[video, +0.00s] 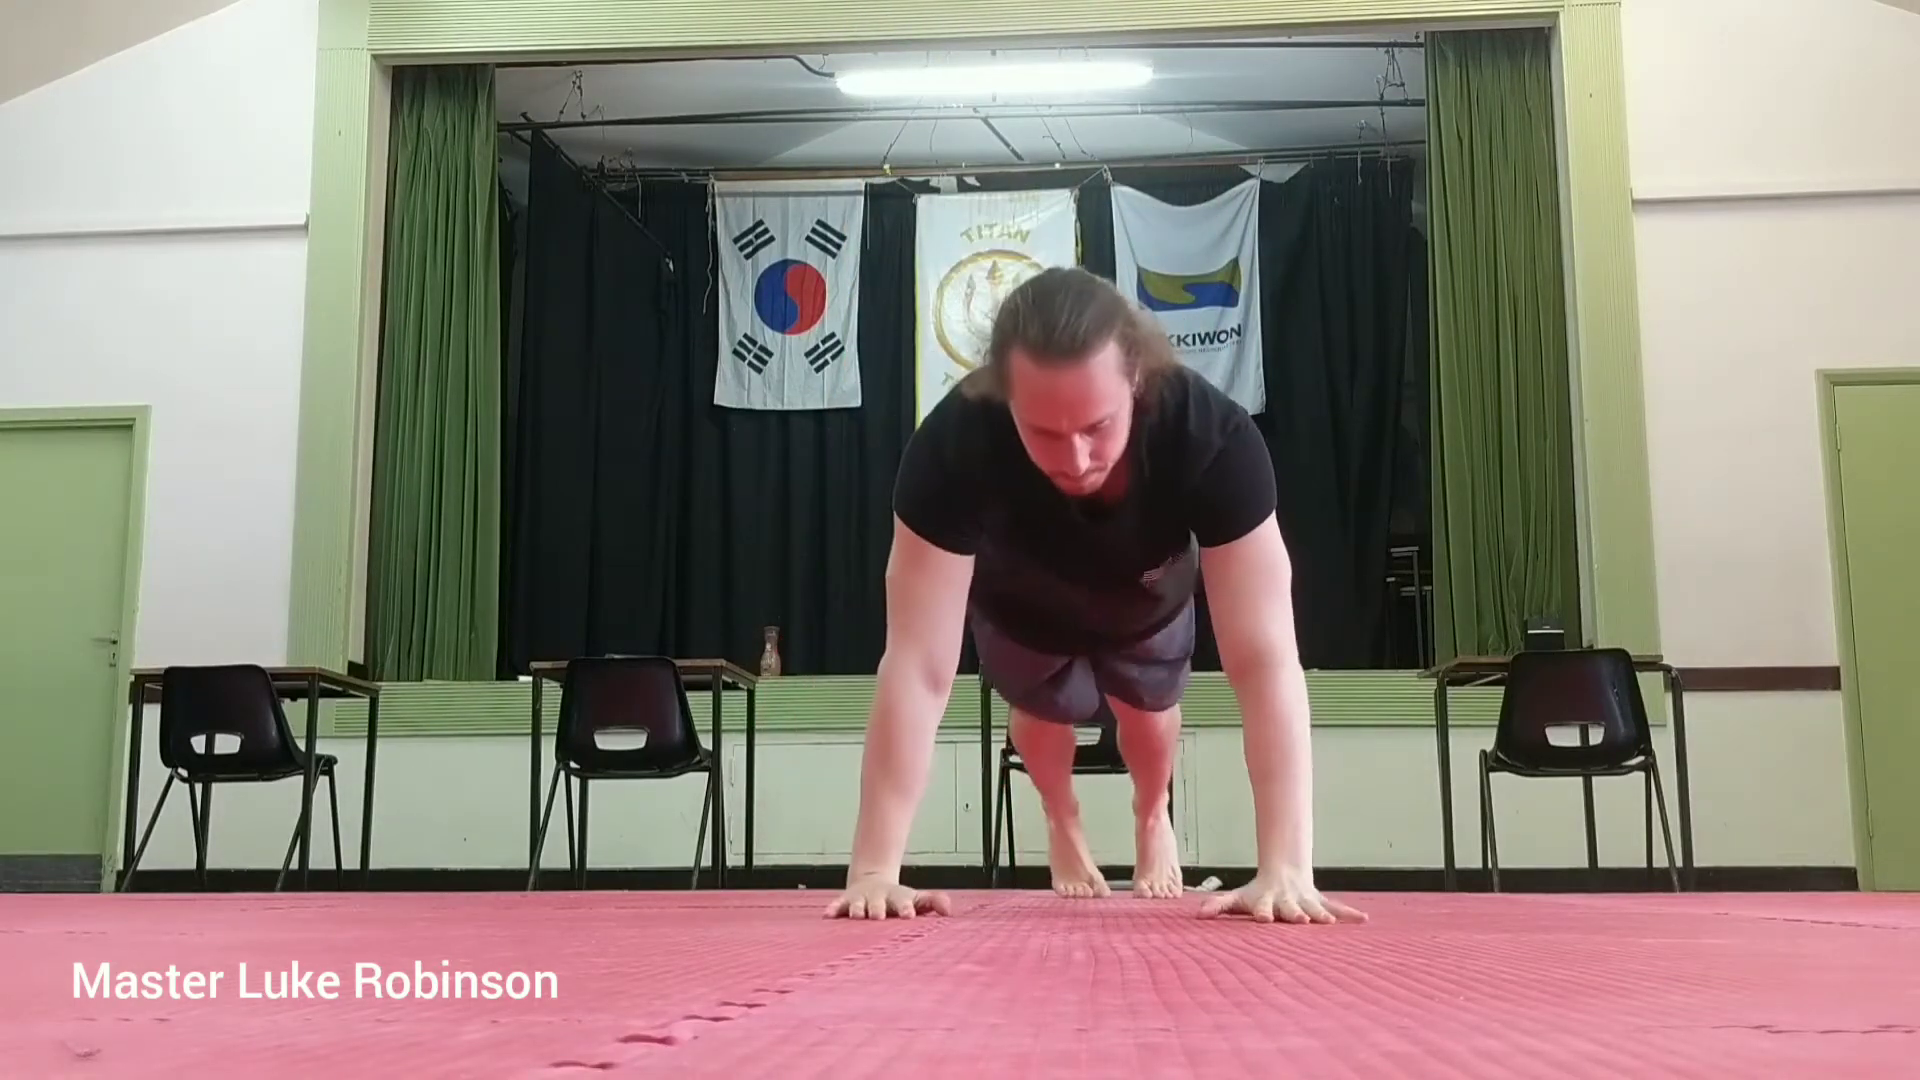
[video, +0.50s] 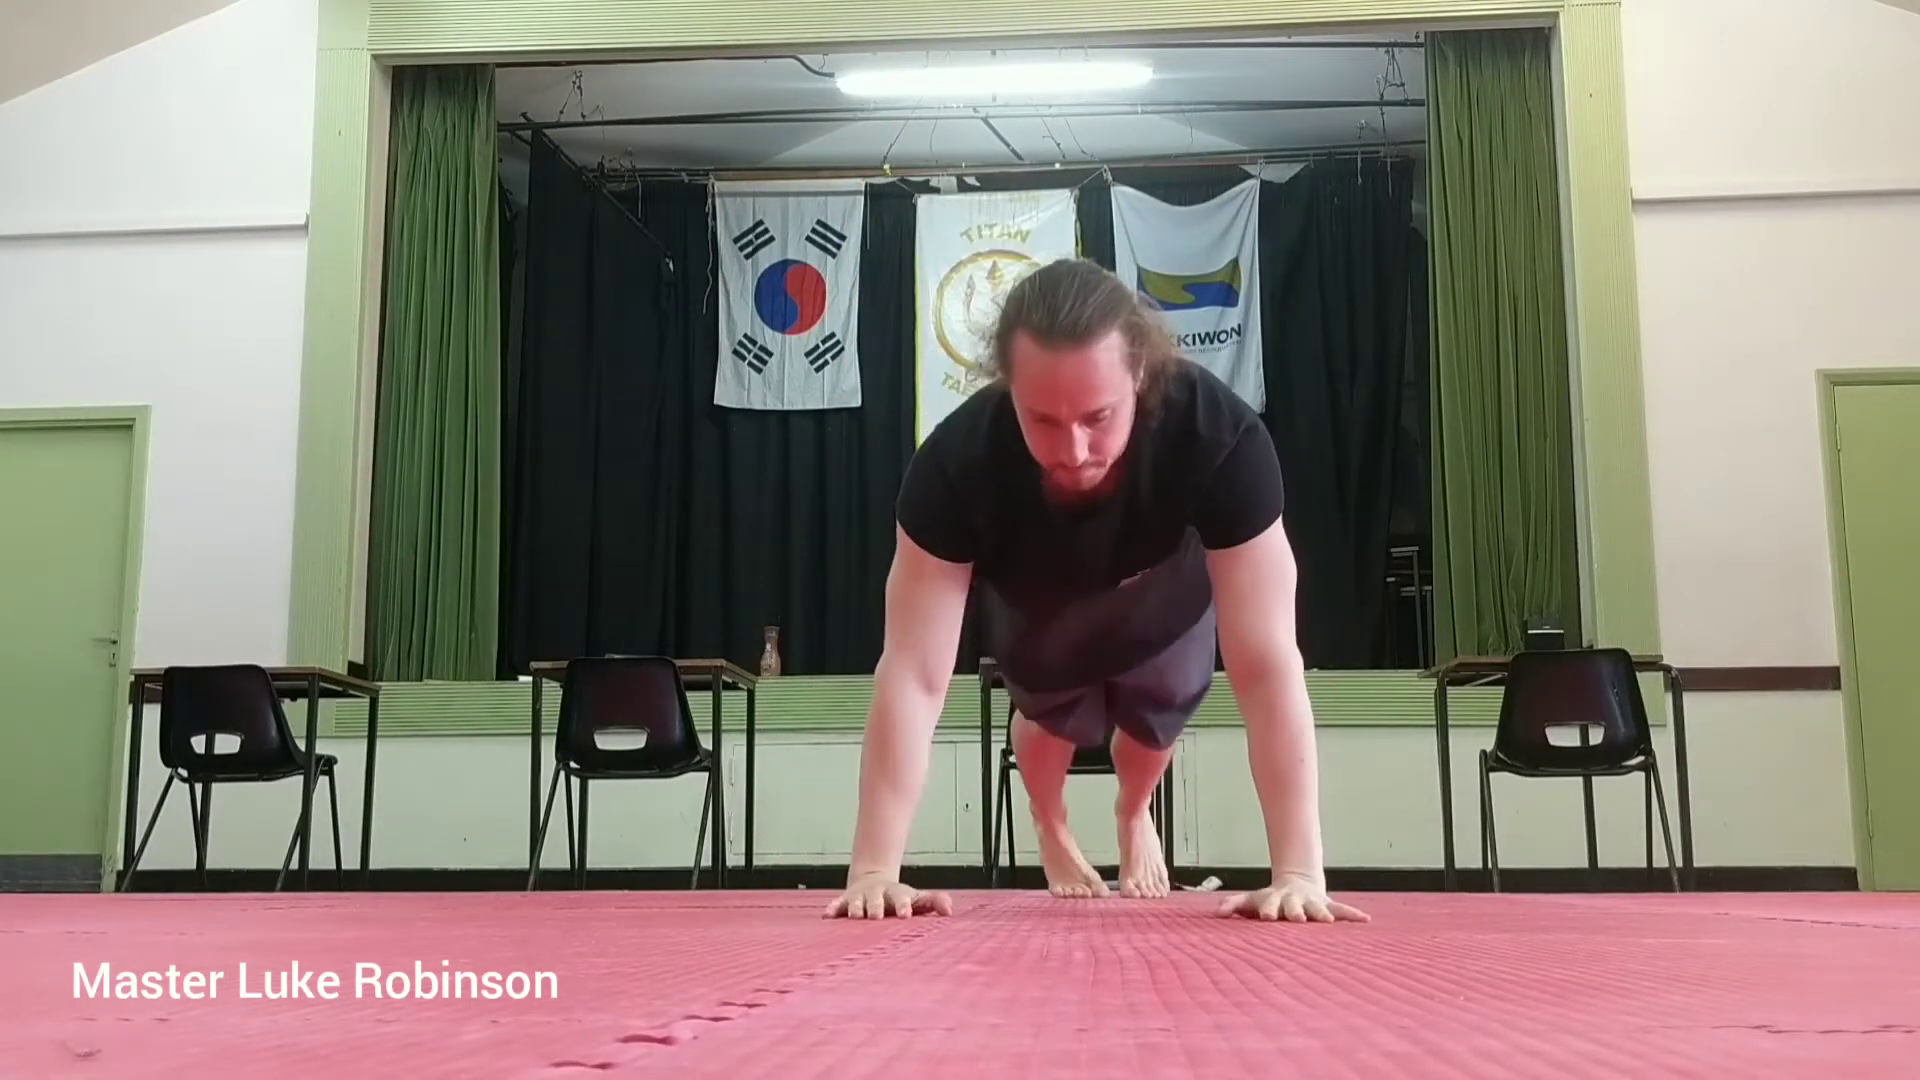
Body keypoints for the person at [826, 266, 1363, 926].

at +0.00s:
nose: (1077, 459)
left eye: (1098, 429)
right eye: (1048, 434)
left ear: (1137, 383)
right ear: (1008, 400)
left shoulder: (1213, 444)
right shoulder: (956, 448)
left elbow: (1265, 663)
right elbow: (917, 669)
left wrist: (1285, 868)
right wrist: (873, 871)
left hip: (1148, 614)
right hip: (1025, 618)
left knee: (1151, 715)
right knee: (1044, 723)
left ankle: (1153, 822)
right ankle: (1063, 825)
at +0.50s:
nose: (1075, 451)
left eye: (1099, 419)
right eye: (1046, 423)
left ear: (1140, 379)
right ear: (1010, 389)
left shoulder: (1219, 443)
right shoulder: (957, 466)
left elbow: (1266, 666)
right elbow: (913, 674)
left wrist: (1298, 873)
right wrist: (874, 870)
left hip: (1167, 617)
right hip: (1040, 627)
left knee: (1155, 725)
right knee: (1050, 724)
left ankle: (1136, 817)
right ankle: (1052, 829)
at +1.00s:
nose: (1052, 423)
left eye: (1074, 387)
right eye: (1020, 394)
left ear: (1112, 358)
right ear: (983, 373)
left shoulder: (1191, 443)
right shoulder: (935, 448)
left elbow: (1267, 660)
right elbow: (888, 668)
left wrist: (1312, 869)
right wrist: (849, 872)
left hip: (1123, 629)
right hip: (999, 639)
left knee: (1129, 728)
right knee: (1029, 743)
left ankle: (1143, 829)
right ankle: (1060, 834)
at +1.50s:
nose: (1073, 415)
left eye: (1093, 379)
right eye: (1039, 387)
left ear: (1131, 348)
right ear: (1000, 365)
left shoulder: (1215, 442)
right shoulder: (946, 450)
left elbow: (1285, 664)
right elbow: (904, 664)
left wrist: (1325, 873)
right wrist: (854, 866)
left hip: (1145, 620)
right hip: (1016, 632)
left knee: (1142, 732)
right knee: (1045, 746)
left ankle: (1142, 825)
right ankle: (1067, 831)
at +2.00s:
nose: (1082, 617)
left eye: (1103, 582)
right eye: (1051, 587)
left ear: (1147, 544)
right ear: (1010, 557)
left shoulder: (1228, 571)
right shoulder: (958, 591)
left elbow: (1356, 713)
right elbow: (822, 721)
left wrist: (1334, 870)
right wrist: (846, 874)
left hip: (1164, 751)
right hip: (1042, 767)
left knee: (1156, 789)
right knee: (1071, 808)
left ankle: (1148, 829)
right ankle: (1082, 840)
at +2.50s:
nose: (1077, 750)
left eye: (1102, 714)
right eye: (1044, 716)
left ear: (1147, 680)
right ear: (999, 686)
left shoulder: (1229, 697)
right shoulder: (946, 705)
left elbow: (1380, 711)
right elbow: (800, 719)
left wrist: (1333, 875)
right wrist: (843, 872)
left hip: (1152, 844)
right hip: (1024, 858)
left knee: (1152, 872)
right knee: (1049, 887)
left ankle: (1157, 877)